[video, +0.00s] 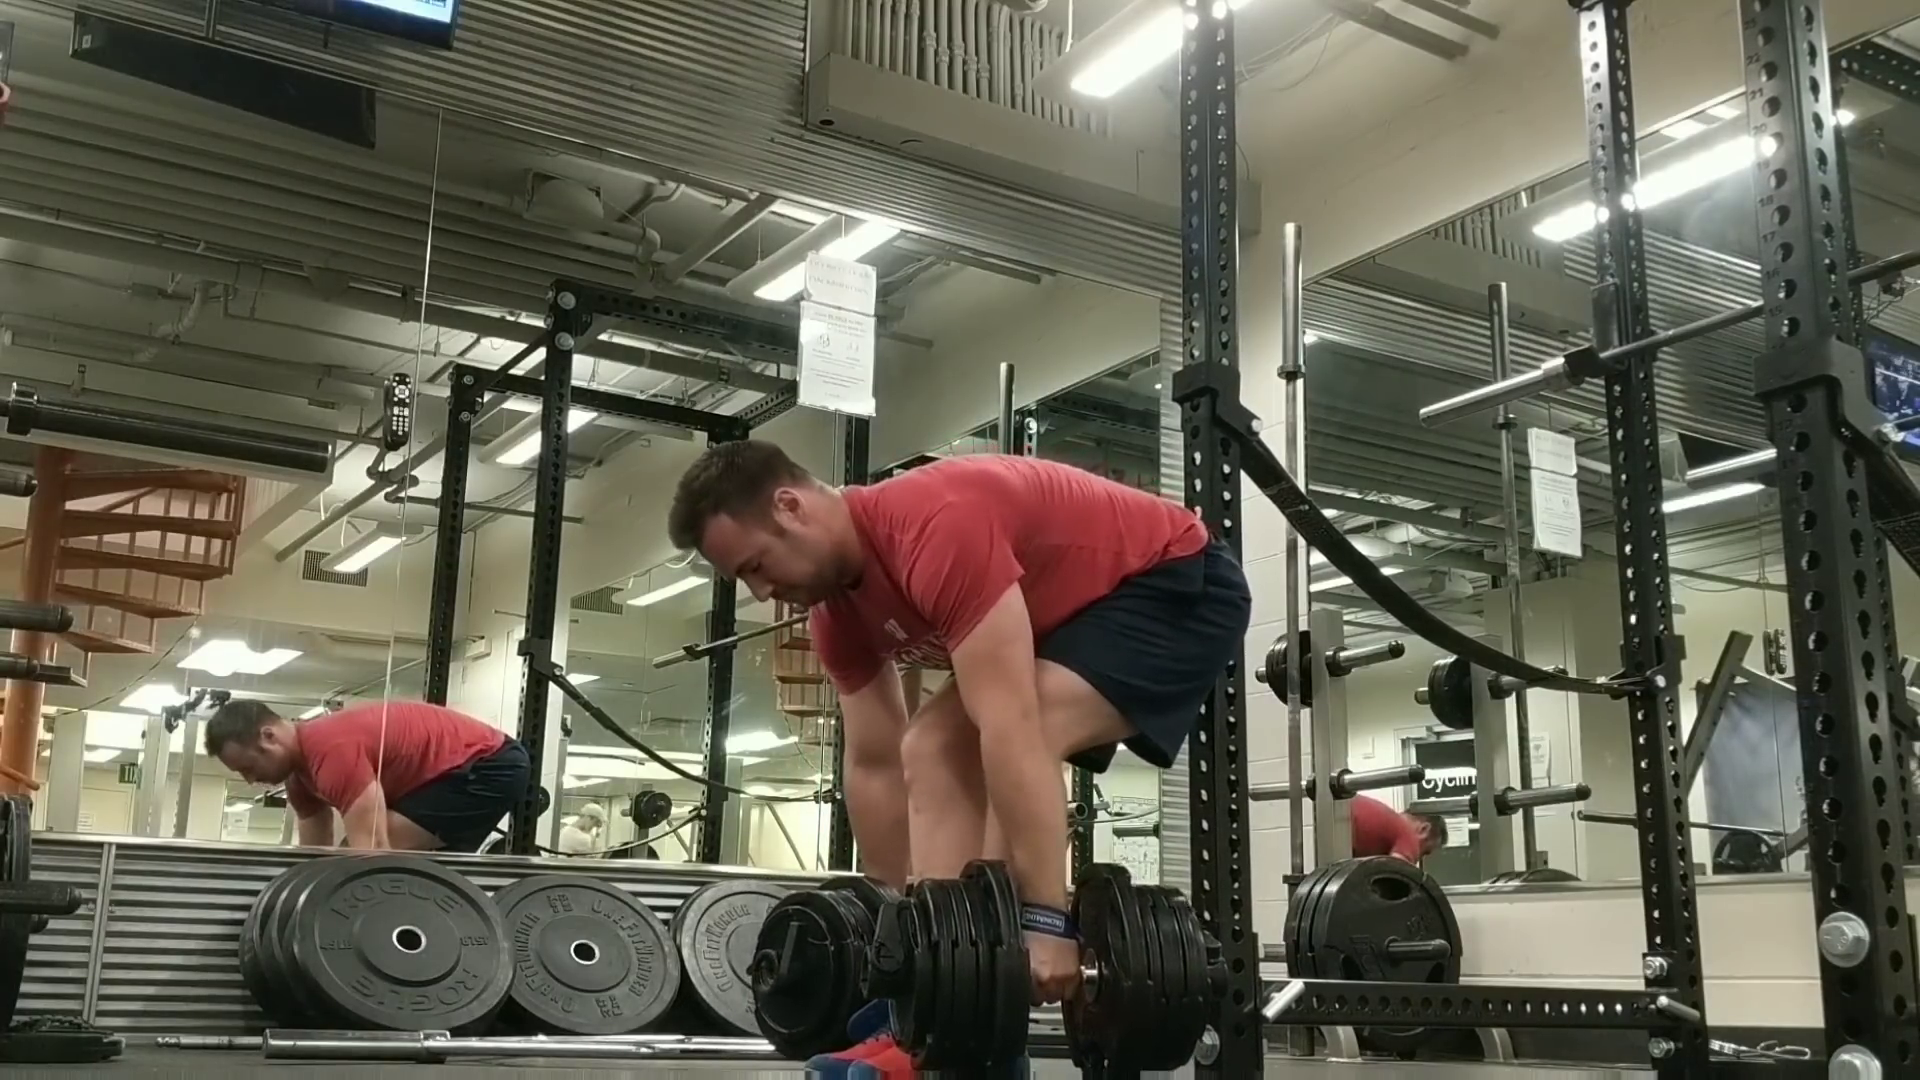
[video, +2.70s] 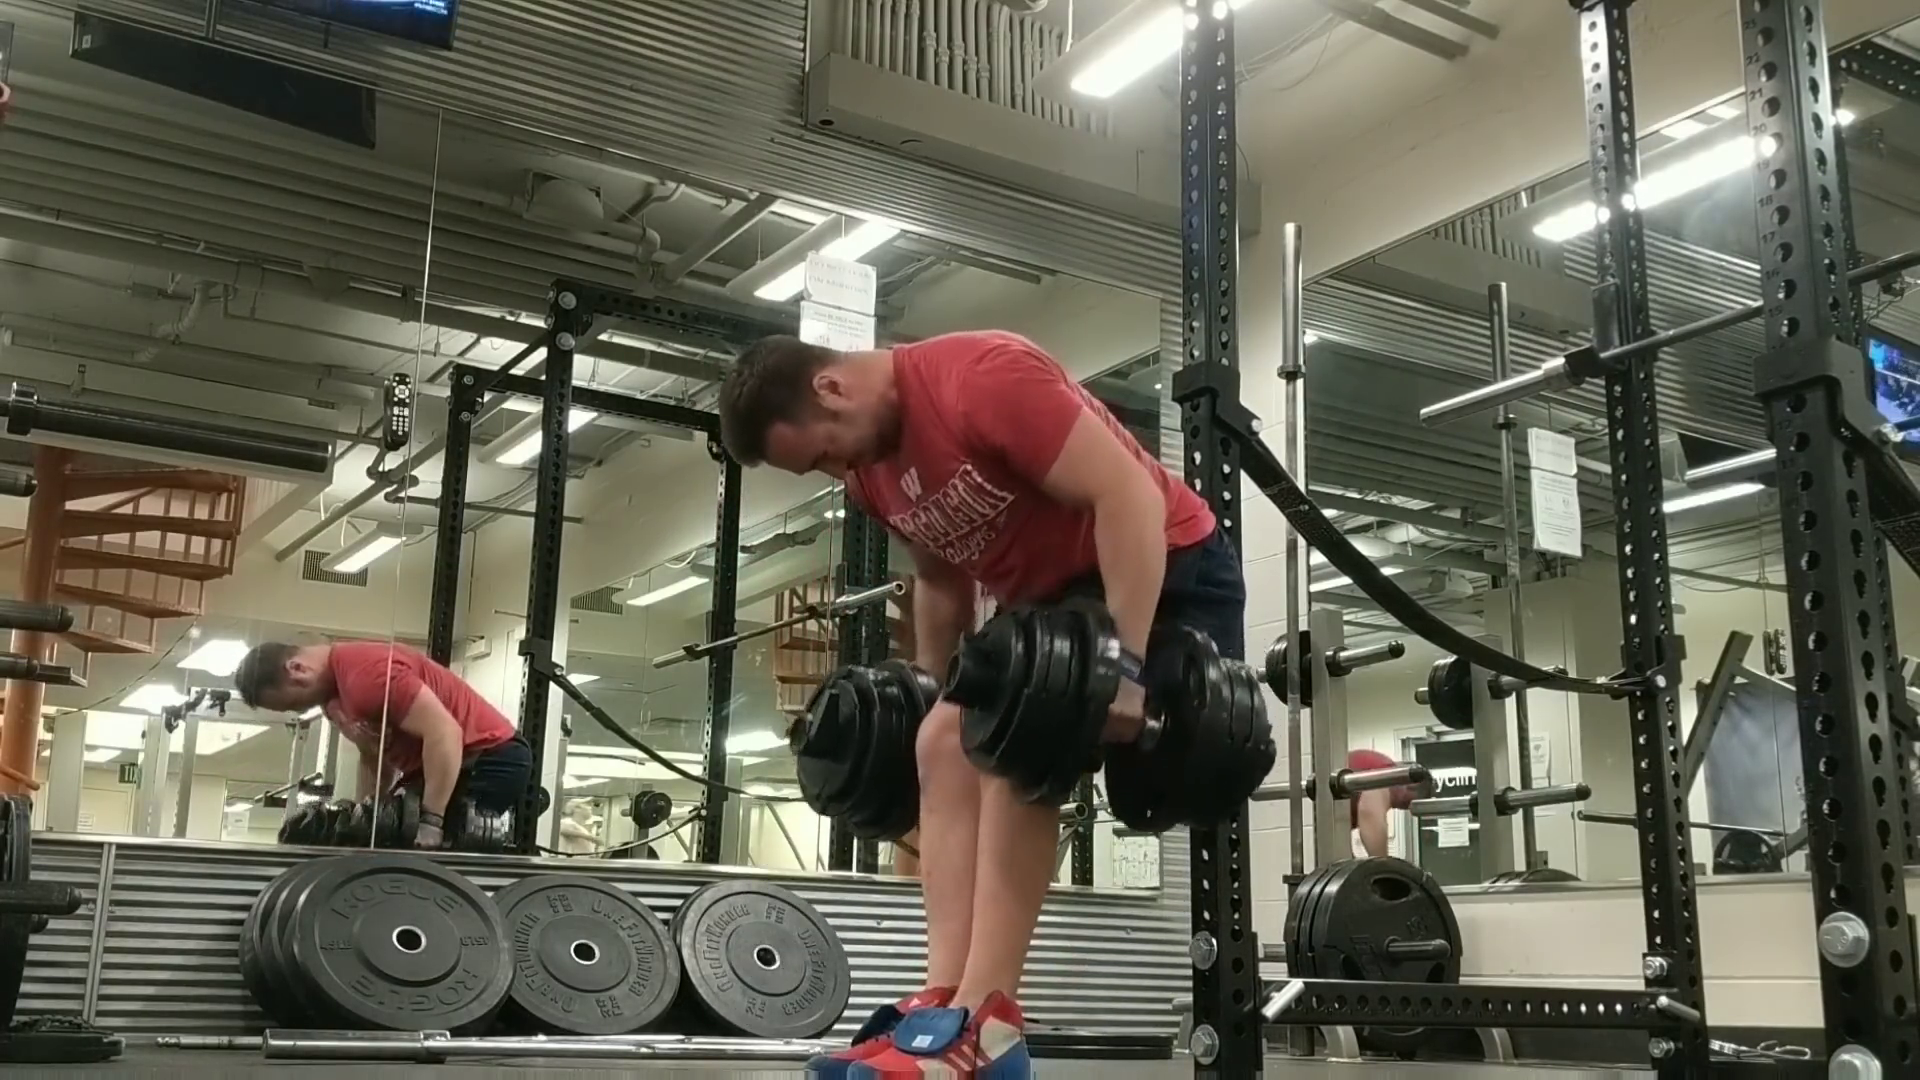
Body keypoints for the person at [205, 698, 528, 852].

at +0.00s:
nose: (253, 782)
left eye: (249, 770)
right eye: (244, 776)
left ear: (268, 737)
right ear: (268, 738)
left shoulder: (331, 751)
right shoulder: (302, 775)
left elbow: (366, 851)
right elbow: (315, 856)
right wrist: (297, 916)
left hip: (491, 766)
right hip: (463, 771)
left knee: (381, 849)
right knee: (386, 855)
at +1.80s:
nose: (253, 741)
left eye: (252, 729)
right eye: (245, 735)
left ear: (277, 700)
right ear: (275, 703)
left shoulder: (338, 724)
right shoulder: (306, 748)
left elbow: (381, 824)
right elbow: (320, 831)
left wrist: (367, 915)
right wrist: (294, 901)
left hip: (488, 762)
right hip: (453, 771)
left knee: (369, 848)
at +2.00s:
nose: (271, 723)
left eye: (269, 711)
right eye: (262, 719)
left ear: (285, 679)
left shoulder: (348, 702)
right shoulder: (314, 727)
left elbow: (406, 789)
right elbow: (340, 796)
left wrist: (381, 885)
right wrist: (313, 871)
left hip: (487, 759)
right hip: (450, 767)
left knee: (401, 863)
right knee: (363, 854)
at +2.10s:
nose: (276, 716)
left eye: (272, 705)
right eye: (267, 711)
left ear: (288, 672)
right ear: (290, 674)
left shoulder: (353, 692)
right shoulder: (319, 712)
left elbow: (422, 764)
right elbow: (354, 781)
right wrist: (338, 847)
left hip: (489, 759)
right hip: (454, 763)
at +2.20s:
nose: (287, 710)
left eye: (281, 700)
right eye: (278, 705)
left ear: (293, 666)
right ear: (294, 668)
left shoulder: (362, 682)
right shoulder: (327, 703)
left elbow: (435, 747)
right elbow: (364, 763)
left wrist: (421, 835)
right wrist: (359, 825)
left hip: (491, 759)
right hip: (454, 762)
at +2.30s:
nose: (300, 705)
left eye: (292, 697)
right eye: (289, 703)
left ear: (298, 664)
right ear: (299, 663)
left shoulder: (364, 674)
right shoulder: (335, 694)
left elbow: (446, 729)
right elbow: (376, 748)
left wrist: (433, 818)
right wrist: (362, 813)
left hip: (489, 762)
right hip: (451, 765)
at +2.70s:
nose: (303, 710)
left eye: (293, 705)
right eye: (293, 709)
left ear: (297, 671)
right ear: (298, 670)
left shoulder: (365, 674)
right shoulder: (334, 695)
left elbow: (444, 733)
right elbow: (373, 757)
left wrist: (431, 821)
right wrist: (363, 821)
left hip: (491, 761)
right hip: (444, 766)